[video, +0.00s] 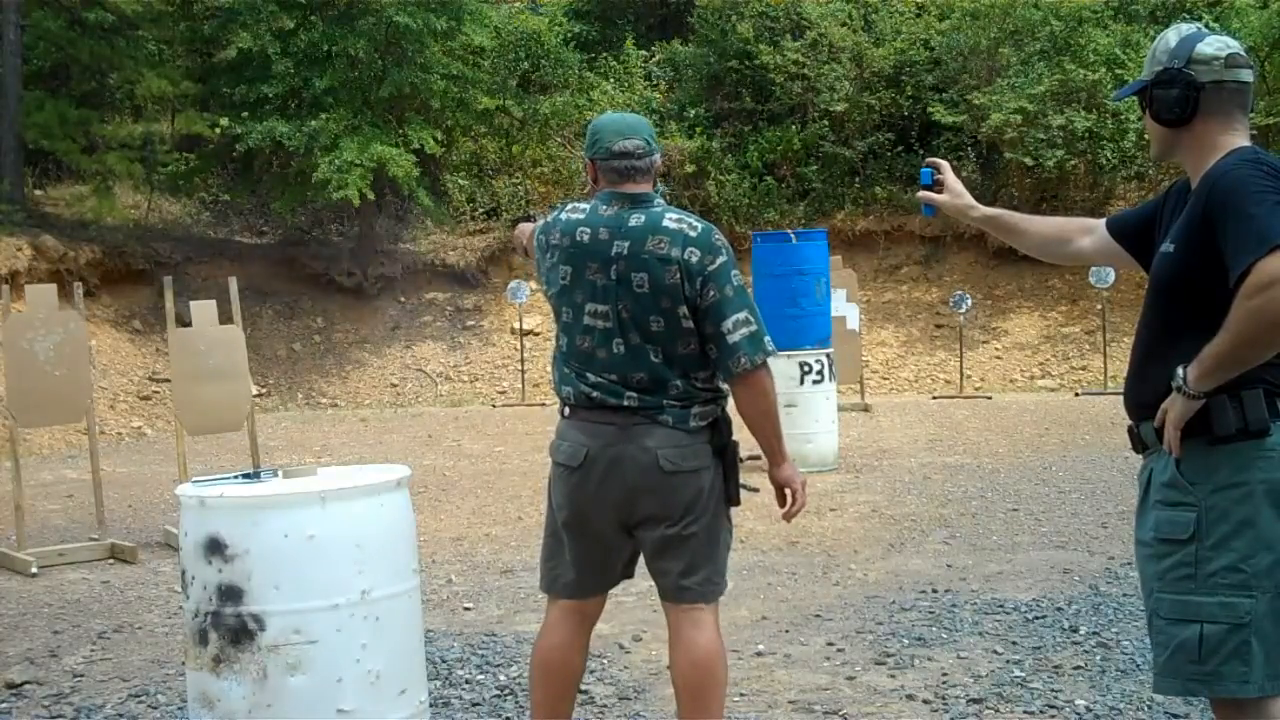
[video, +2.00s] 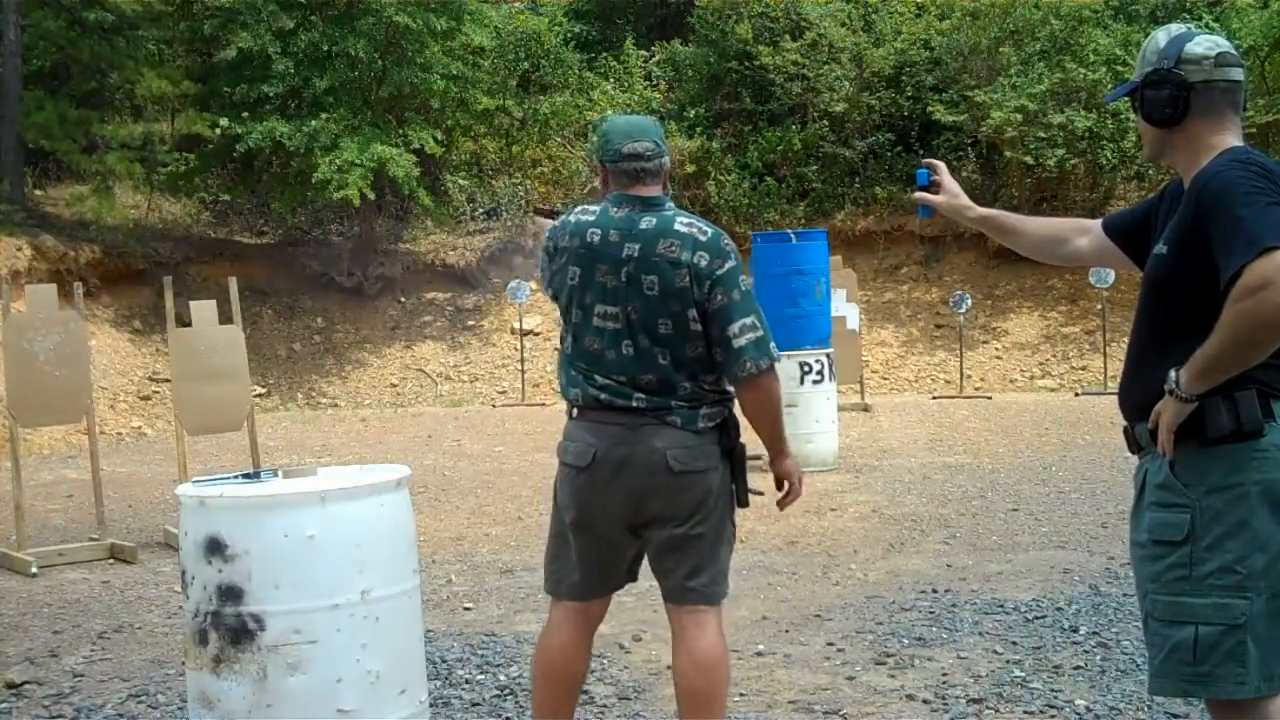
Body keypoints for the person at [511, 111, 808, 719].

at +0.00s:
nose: (585, 172)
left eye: (586, 165)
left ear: (592, 170)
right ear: (658, 166)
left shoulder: (562, 233)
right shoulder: (697, 240)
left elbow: (527, 236)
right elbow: (747, 365)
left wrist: (533, 228)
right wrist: (778, 458)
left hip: (584, 447)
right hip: (682, 452)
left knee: (570, 608)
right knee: (693, 612)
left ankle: (547, 715)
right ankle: (703, 718)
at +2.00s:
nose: (594, 173)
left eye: (596, 166)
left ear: (602, 172)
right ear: (668, 168)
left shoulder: (569, 235)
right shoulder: (705, 244)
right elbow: (753, 370)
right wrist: (779, 452)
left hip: (593, 446)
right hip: (690, 452)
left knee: (573, 610)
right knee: (696, 615)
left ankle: (548, 713)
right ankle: (705, 717)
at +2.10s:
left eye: (611, 167)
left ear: (613, 173)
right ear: (679, 171)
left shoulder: (578, 237)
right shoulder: (715, 246)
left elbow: (558, 313)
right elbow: (759, 365)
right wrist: (773, 430)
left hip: (600, 448)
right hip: (694, 453)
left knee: (575, 608)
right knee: (699, 614)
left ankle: (550, 713)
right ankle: (706, 718)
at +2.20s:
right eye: (679, 169)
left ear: (622, 177)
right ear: (685, 176)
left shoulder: (587, 247)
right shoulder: (723, 249)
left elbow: (565, 343)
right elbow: (768, 364)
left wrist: (628, 360)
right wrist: (723, 381)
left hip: (606, 453)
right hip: (699, 455)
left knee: (576, 603)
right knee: (702, 614)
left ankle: (565, 713)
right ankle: (706, 717)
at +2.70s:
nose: (652, 212)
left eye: (645, 205)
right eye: (650, 204)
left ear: (590, 211)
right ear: (642, 208)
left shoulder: (561, 263)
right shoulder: (676, 259)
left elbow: (552, 350)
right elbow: (718, 347)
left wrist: (609, 332)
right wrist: (682, 311)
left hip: (573, 432)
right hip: (656, 433)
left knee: (579, 575)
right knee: (689, 574)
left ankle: (586, 708)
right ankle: (696, 696)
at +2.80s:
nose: (646, 209)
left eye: (640, 202)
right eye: (644, 202)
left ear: (584, 207)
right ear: (635, 205)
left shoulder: (557, 254)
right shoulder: (660, 249)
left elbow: (574, 316)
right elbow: (702, 314)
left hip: (566, 425)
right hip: (645, 428)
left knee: (577, 575)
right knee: (679, 557)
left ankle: (585, 708)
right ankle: (665, 654)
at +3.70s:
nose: (671, 216)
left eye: (668, 209)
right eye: (669, 209)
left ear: (623, 211)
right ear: (659, 213)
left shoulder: (597, 249)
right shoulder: (673, 248)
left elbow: (642, 260)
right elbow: (705, 266)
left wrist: (694, 240)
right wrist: (711, 240)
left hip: (604, 388)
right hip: (664, 391)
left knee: (614, 503)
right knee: (684, 495)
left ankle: (615, 622)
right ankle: (677, 608)